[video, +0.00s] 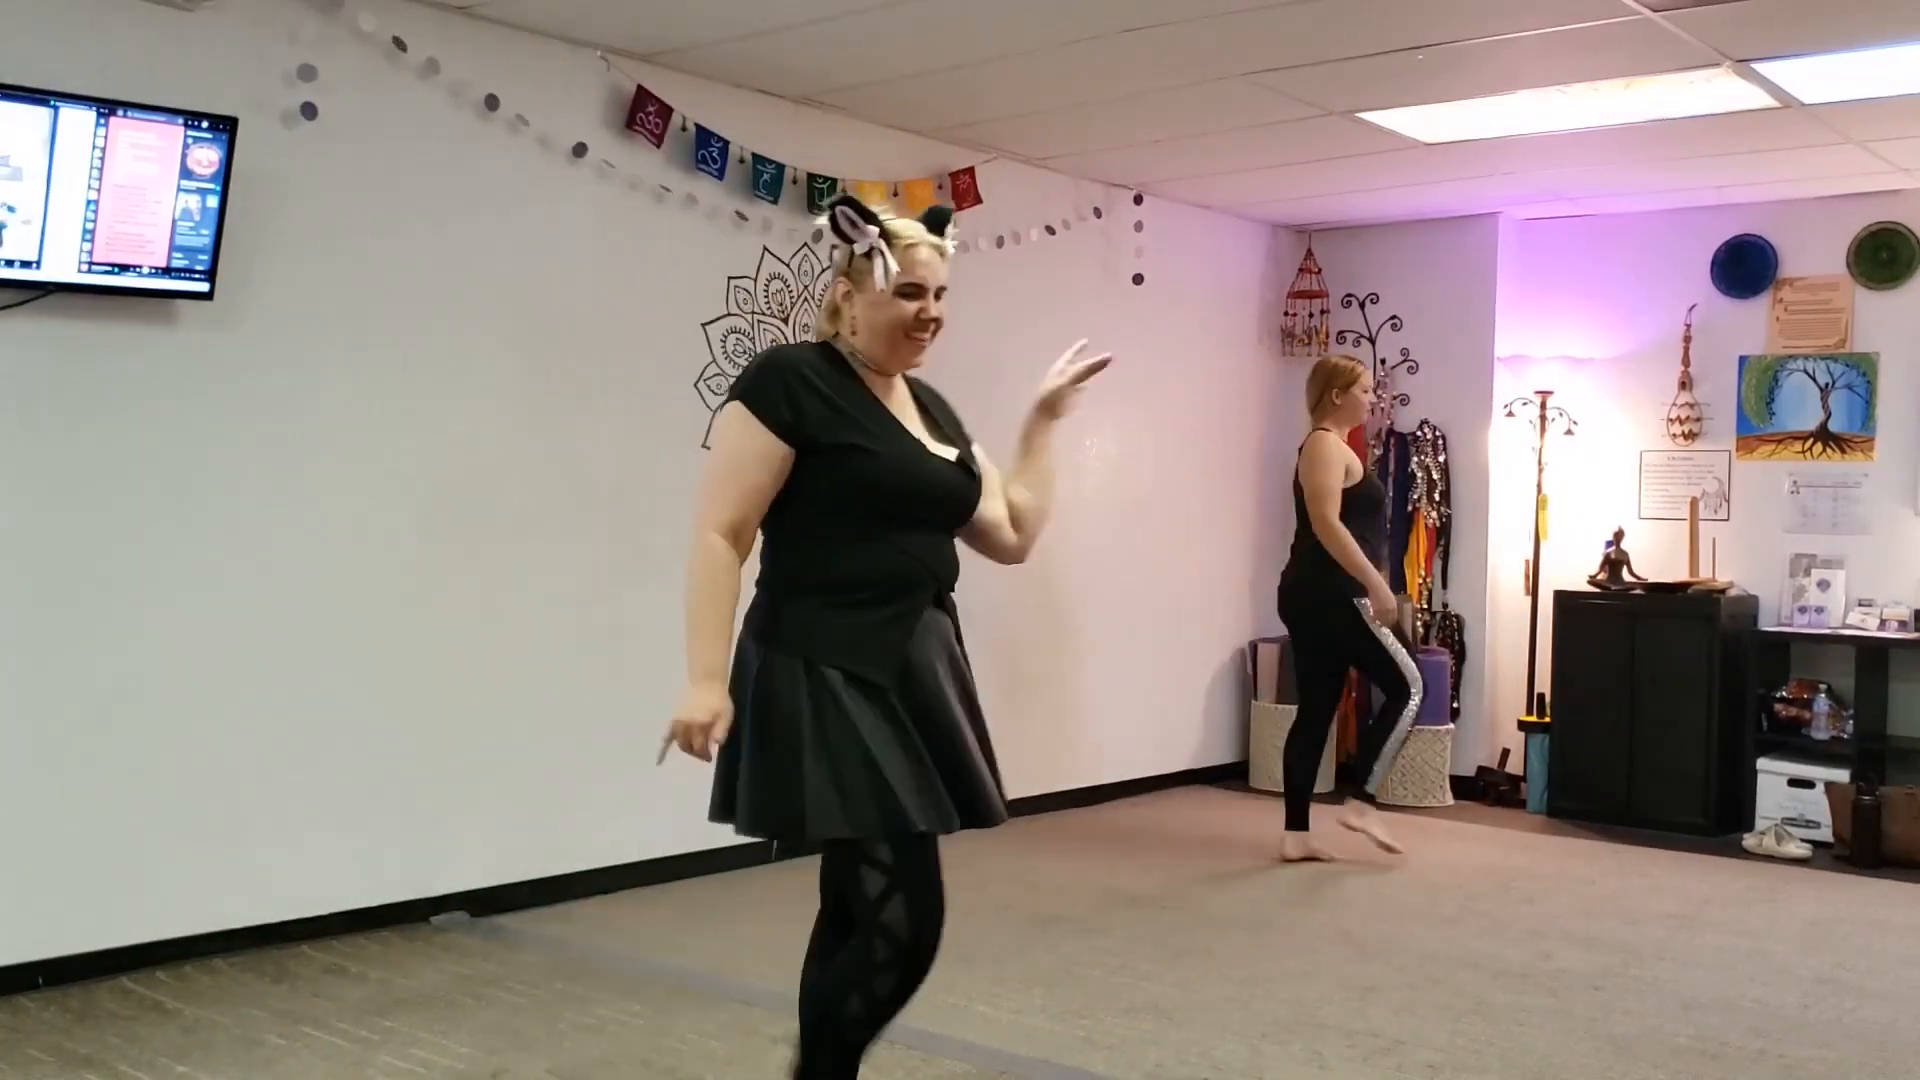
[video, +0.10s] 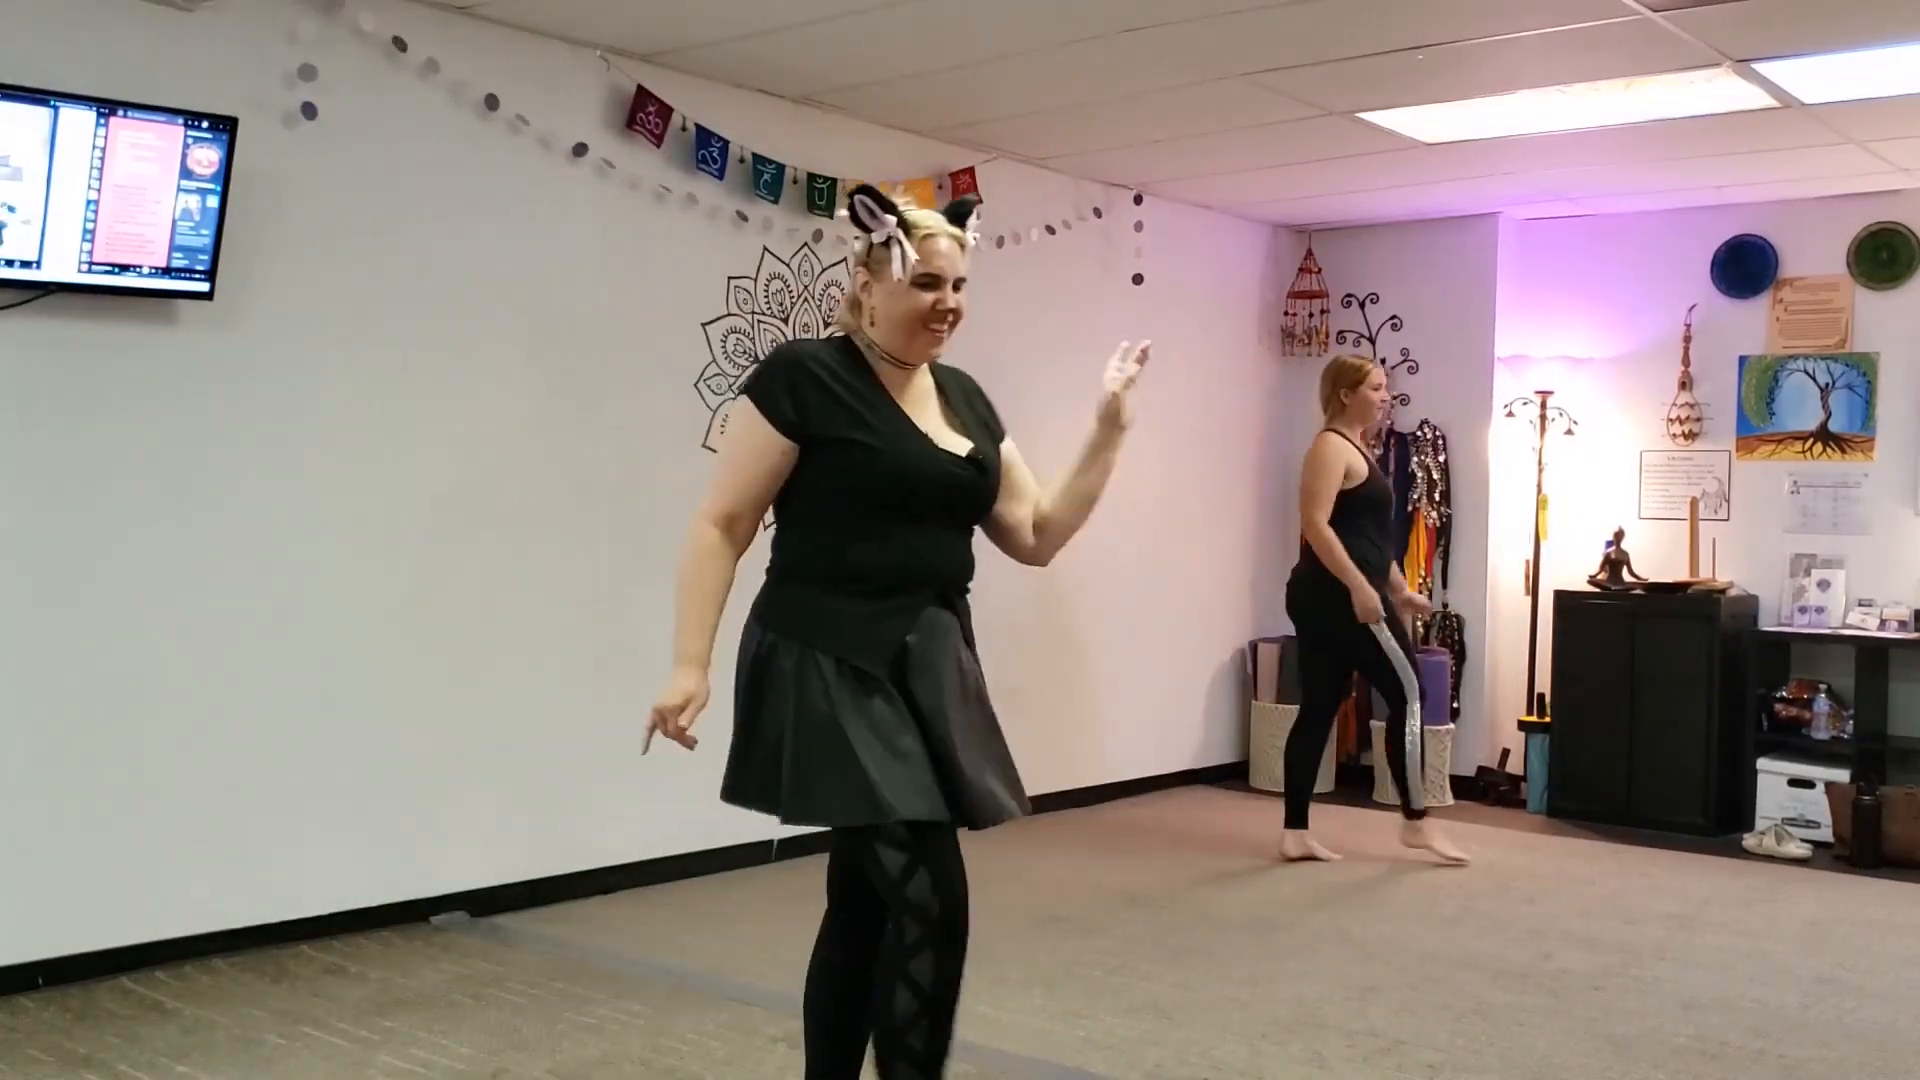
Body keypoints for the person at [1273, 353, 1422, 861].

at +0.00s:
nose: (1373, 399)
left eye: (1372, 391)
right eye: (1366, 391)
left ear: (1335, 397)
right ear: (1339, 396)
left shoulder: (1332, 446)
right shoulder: (1325, 445)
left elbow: (1336, 526)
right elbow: (1325, 523)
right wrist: (1375, 584)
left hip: (1312, 593)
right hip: (1329, 594)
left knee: (1315, 710)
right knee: (1409, 688)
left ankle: (1296, 834)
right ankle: (1362, 802)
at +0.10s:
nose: (1387, 396)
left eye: (1386, 388)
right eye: (1377, 388)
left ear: (1362, 397)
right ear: (1347, 395)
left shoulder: (1357, 452)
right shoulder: (1331, 446)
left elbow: (1368, 538)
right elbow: (1313, 523)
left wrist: (1401, 590)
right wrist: (1358, 585)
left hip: (1330, 593)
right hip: (1337, 592)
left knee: (1318, 706)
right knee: (1406, 691)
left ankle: (1295, 832)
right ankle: (1416, 820)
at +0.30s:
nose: (1410, 400)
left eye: (1410, 393)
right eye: (1400, 393)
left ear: (1400, 403)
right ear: (1371, 401)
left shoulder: (1398, 461)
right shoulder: (1356, 456)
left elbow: (1420, 547)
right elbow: (1317, 526)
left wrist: (1454, 602)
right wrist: (1325, 598)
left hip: (1371, 606)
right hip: (1370, 608)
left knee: (1328, 716)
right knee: (1410, 718)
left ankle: (1294, 828)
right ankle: (1456, 828)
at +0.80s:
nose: (1487, 404)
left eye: (1488, 395)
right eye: (1478, 395)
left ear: (1482, 403)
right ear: (1447, 402)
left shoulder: (1483, 458)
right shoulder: (1436, 467)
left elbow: (1497, 533)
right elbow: (1418, 555)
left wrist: (1510, 592)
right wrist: (1416, 636)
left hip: (1487, 603)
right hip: (1452, 603)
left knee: (1505, 711)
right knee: (1468, 716)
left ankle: (1398, 779)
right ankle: (1454, 839)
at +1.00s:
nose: (1514, 400)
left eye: (1516, 394)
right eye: (1504, 393)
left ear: (1512, 403)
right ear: (1475, 398)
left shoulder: (1504, 455)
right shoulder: (1460, 461)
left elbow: (1517, 538)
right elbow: (1456, 552)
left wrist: (1532, 597)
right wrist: (1480, 630)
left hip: (1515, 598)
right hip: (1468, 602)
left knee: (1561, 700)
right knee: (1470, 722)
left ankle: (1503, 796)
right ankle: (1454, 838)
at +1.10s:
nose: (1529, 400)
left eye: (1530, 393)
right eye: (1519, 392)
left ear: (1524, 401)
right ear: (1488, 396)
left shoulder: (1515, 454)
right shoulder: (1473, 457)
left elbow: (1524, 538)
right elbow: (1473, 548)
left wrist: (1537, 598)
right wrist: (1507, 622)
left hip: (1526, 597)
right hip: (1476, 601)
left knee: (1563, 704)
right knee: (1476, 719)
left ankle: (1555, 834)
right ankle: (1454, 837)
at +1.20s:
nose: (1543, 402)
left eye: (1544, 394)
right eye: (1532, 393)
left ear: (1537, 402)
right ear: (1501, 398)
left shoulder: (1528, 457)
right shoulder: (1485, 459)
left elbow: (1534, 541)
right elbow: (1487, 550)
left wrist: (1546, 605)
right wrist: (1527, 620)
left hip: (1535, 605)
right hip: (1488, 608)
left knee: (1563, 720)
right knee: (1478, 722)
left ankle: (1593, 839)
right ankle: (1454, 836)